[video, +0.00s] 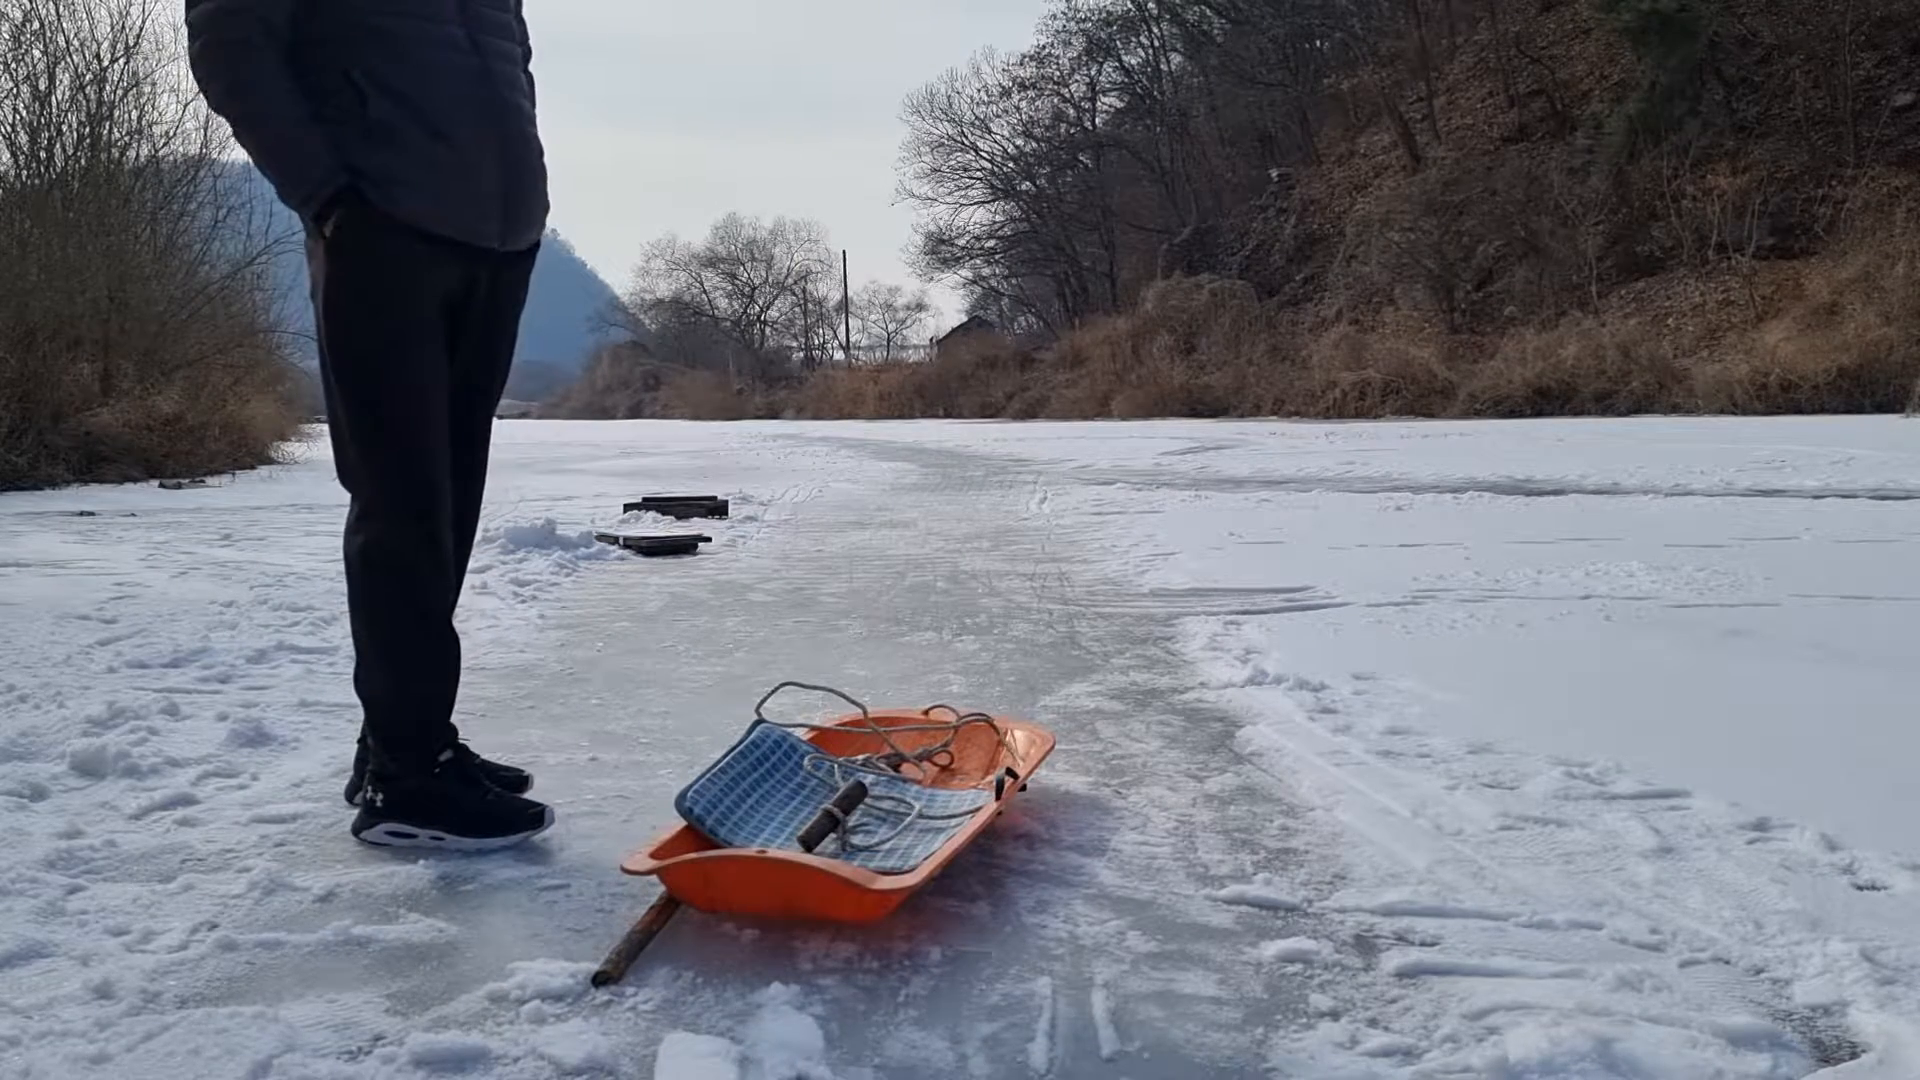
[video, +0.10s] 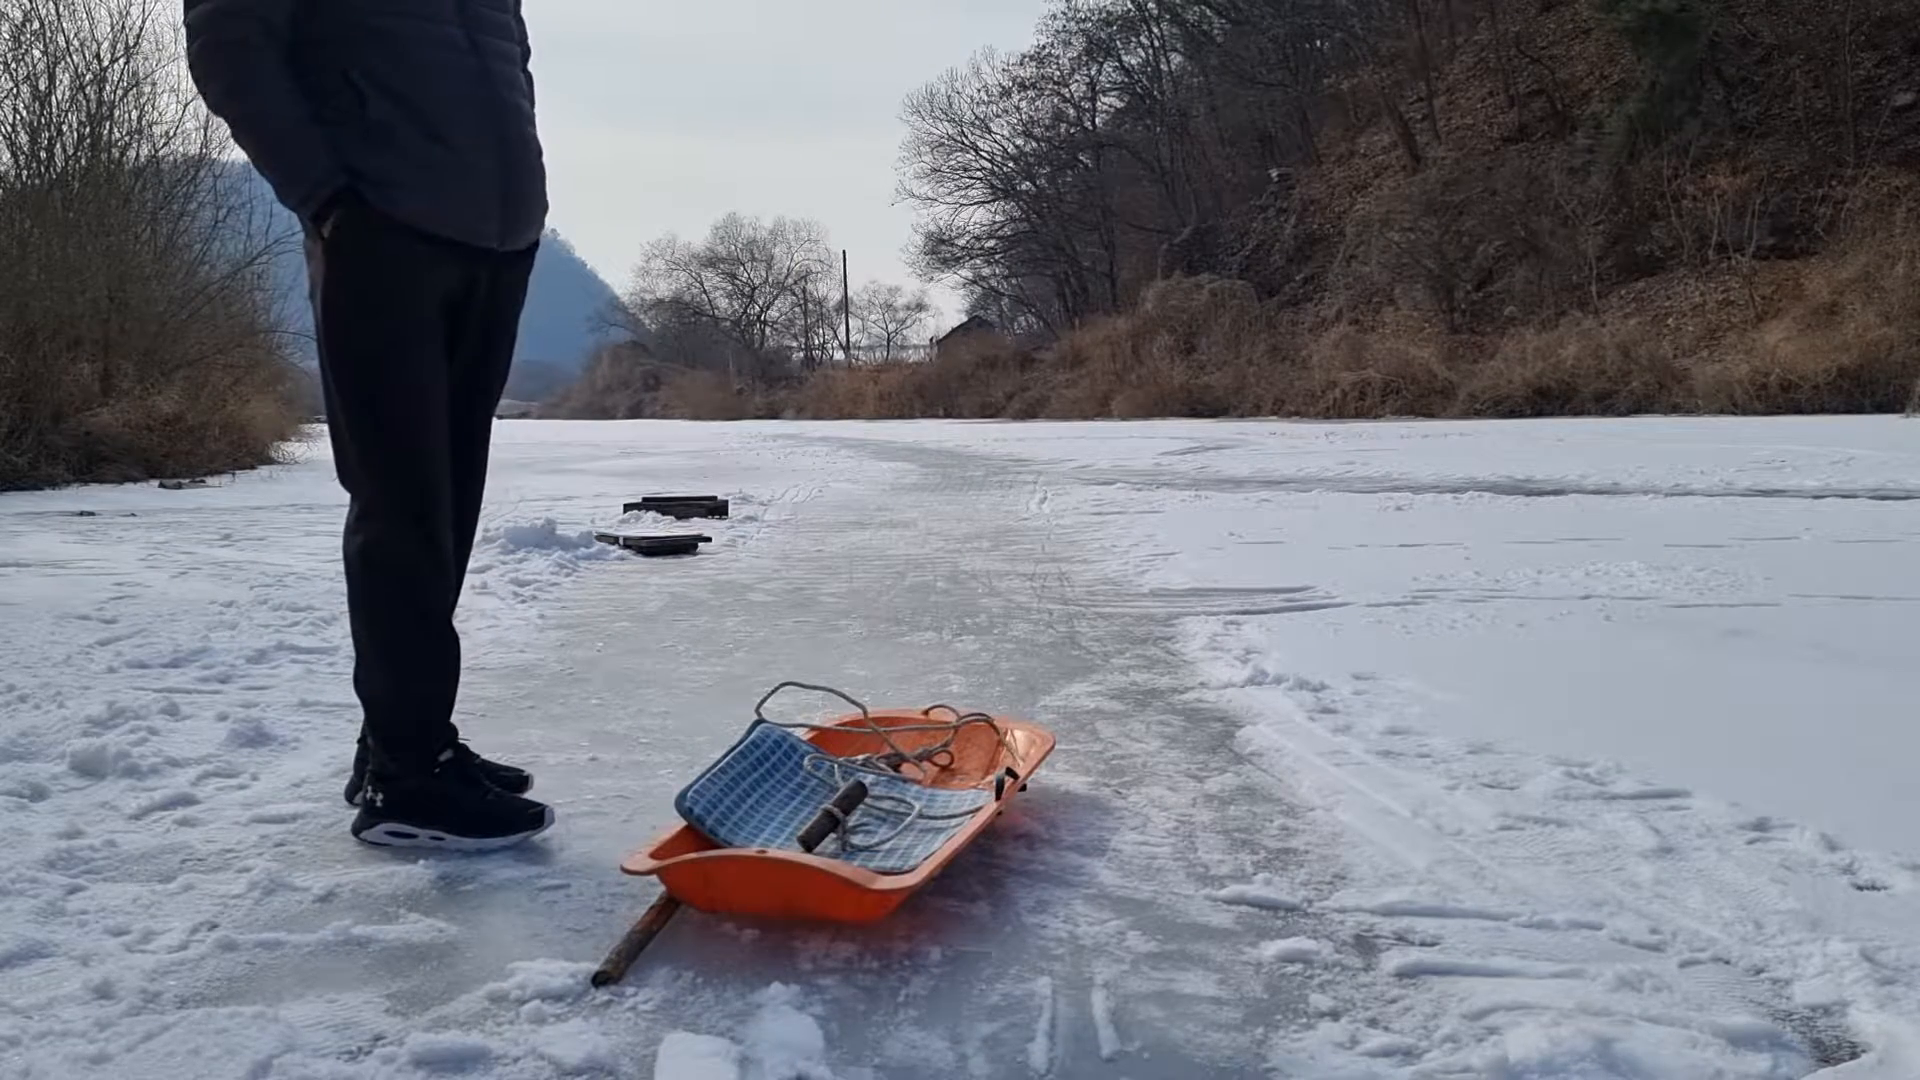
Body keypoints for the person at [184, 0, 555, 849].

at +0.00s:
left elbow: (510, 40)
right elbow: (226, 36)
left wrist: (518, 175)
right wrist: (326, 195)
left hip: (501, 222)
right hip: (380, 214)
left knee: (450, 500)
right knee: (401, 500)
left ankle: (410, 748)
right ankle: (405, 771)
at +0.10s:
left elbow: (509, 41)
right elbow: (227, 39)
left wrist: (519, 180)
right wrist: (325, 199)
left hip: (499, 225)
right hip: (380, 218)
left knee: (449, 502)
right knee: (401, 502)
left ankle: (411, 747)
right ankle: (405, 772)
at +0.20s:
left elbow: (506, 39)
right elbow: (225, 38)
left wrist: (517, 174)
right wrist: (324, 199)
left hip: (498, 225)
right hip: (379, 219)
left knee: (448, 502)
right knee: (400, 502)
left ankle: (413, 746)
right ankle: (405, 772)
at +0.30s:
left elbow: (504, 39)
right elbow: (223, 39)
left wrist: (514, 176)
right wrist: (323, 200)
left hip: (497, 225)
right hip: (378, 219)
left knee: (447, 503)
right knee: (399, 503)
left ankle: (413, 747)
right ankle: (405, 773)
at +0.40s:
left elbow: (503, 40)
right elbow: (221, 38)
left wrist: (512, 176)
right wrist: (321, 199)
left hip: (495, 223)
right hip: (376, 215)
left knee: (447, 498)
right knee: (398, 499)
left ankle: (415, 748)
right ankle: (404, 774)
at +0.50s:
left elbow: (503, 40)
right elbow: (219, 38)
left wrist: (513, 173)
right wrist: (319, 199)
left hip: (495, 222)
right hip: (374, 214)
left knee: (446, 497)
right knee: (397, 498)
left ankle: (413, 747)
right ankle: (404, 772)